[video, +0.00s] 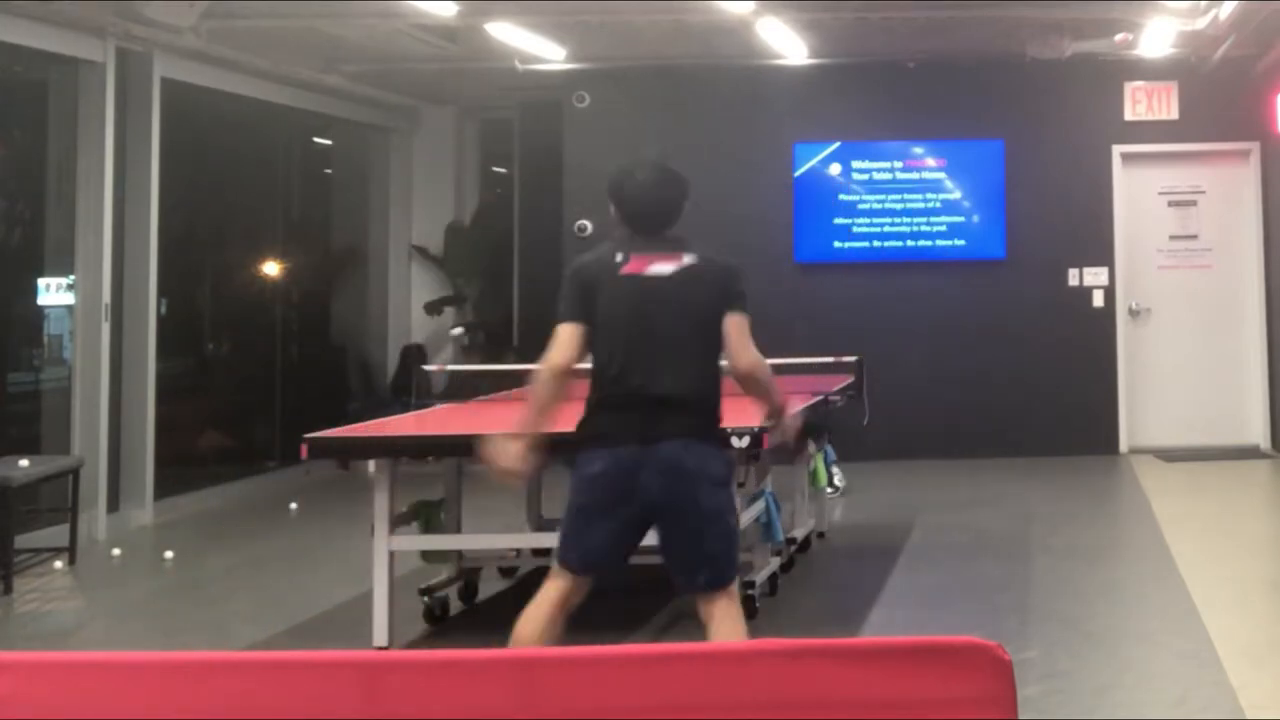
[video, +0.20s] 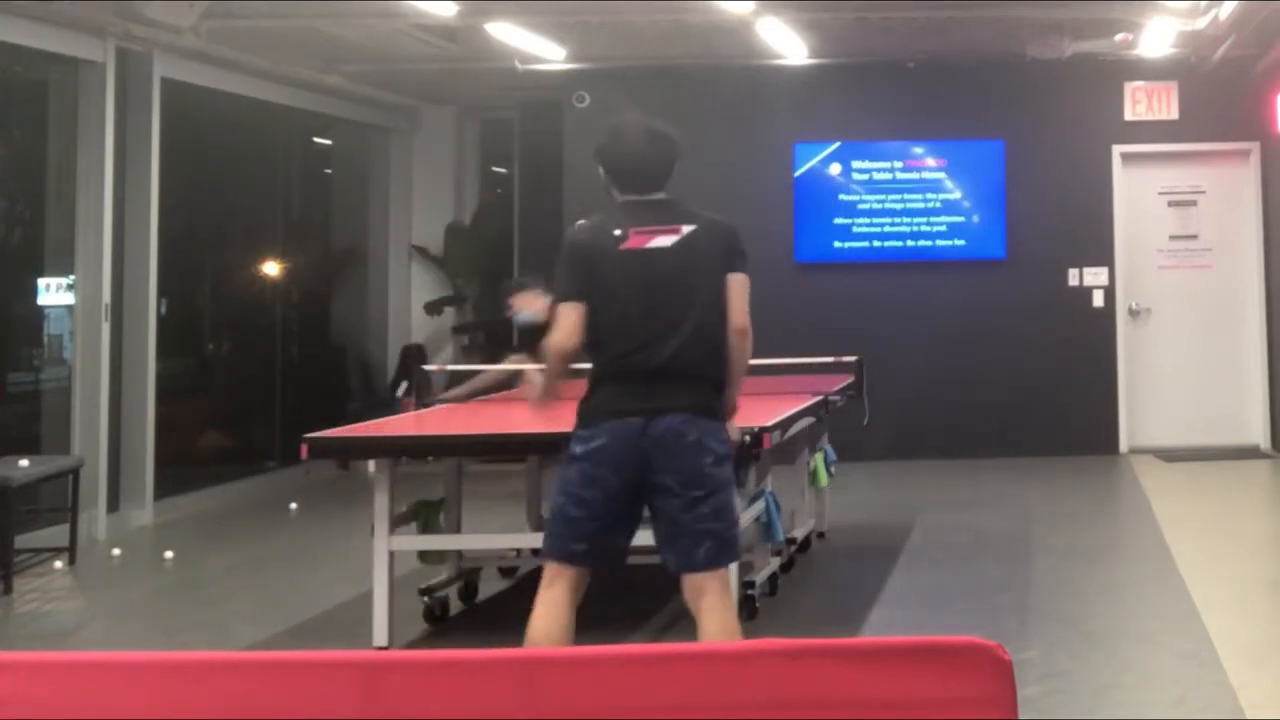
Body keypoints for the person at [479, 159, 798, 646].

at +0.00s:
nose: (613, 213)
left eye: (614, 205)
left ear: (616, 212)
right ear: (677, 210)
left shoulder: (590, 272)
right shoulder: (716, 276)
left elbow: (558, 363)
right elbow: (745, 363)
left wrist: (524, 434)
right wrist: (776, 407)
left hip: (609, 457)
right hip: (693, 457)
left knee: (561, 587)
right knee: (718, 599)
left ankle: (498, 703)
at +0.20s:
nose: (611, 176)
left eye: (609, 168)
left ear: (608, 175)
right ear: (669, 171)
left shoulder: (586, 239)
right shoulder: (718, 235)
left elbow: (566, 338)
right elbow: (738, 327)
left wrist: (546, 377)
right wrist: (728, 401)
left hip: (608, 426)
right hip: (692, 425)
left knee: (560, 579)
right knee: (710, 589)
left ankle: (532, 718)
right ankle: (733, 718)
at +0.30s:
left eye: (593, 161)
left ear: (595, 170)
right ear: (660, 165)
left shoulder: (574, 237)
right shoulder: (709, 235)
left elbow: (524, 337)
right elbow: (741, 326)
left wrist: (497, 301)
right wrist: (724, 395)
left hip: (598, 427)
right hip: (682, 422)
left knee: (570, 593)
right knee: (702, 590)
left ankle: (537, 719)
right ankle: (731, 719)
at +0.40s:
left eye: (583, 158)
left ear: (583, 166)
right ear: (649, 160)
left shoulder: (564, 233)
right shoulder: (698, 235)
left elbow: (483, 296)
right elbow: (732, 333)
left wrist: (483, 213)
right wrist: (712, 398)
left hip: (585, 428)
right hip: (669, 423)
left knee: (566, 594)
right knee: (693, 590)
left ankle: (532, 718)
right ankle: (729, 718)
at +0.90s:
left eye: (579, 180)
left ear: (581, 187)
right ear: (646, 191)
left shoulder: (546, 249)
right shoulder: (677, 266)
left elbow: (447, 308)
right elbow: (720, 358)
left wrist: (472, 262)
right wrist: (689, 395)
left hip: (559, 453)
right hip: (645, 451)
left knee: (536, 606)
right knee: (682, 590)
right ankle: (714, 716)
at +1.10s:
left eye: (589, 226)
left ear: (591, 233)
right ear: (653, 237)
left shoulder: (551, 288)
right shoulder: (679, 305)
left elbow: (457, 340)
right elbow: (741, 389)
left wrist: (489, 311)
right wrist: (696, 399)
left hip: (566, 480)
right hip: (651, 477)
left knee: (519, 621)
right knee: (682, 556)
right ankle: (704, 681)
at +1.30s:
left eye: (637, 241)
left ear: (638, 246)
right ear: (697, 252)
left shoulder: (607, 290)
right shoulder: (716, 315)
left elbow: (512, 316)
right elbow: (778, 379)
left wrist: (540, 277)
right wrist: (733, 358)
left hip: (605, 478)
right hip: (678, 476)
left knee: (561, 604)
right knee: (711, 558)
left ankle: (548, 708)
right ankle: (762, 645)